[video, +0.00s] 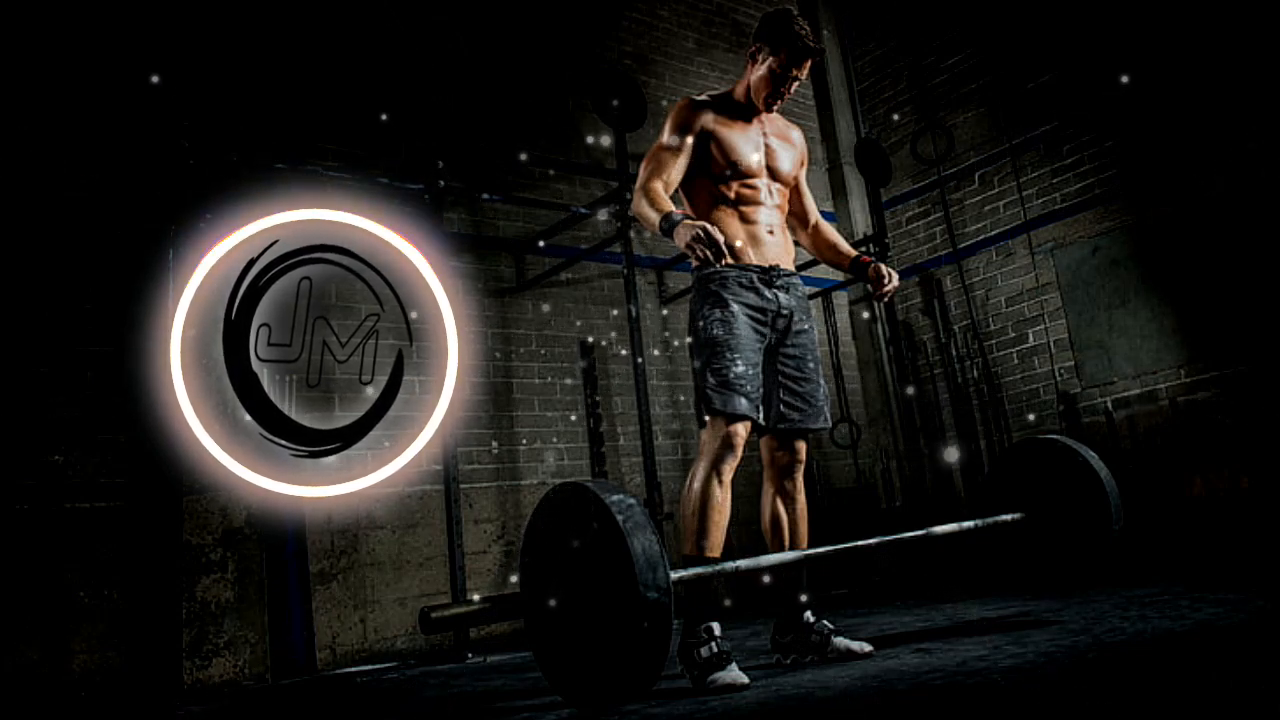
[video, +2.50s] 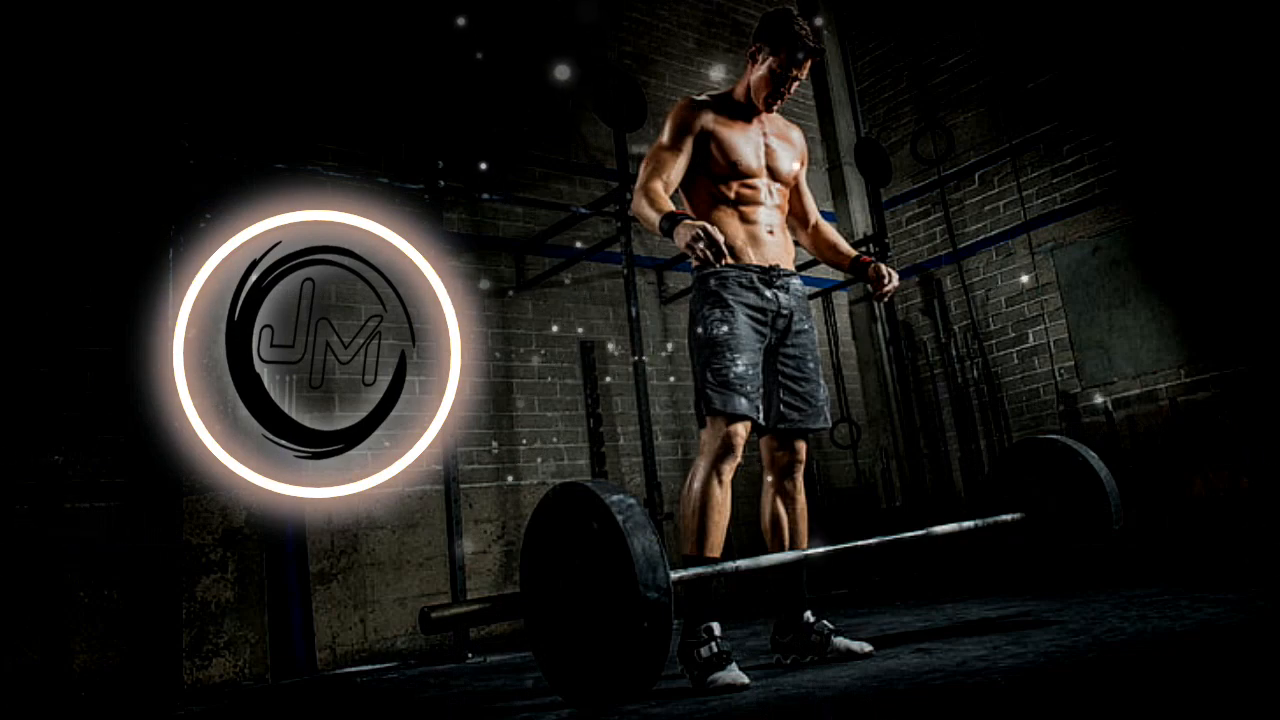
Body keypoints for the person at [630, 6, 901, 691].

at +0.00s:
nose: (789, 89)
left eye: (799, 79)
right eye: (786, 72)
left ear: (801, 76)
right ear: (756, 57)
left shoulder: (792, 137)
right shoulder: (697, 115)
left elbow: (808, 224)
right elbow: (646, 197)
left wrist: (860, 264)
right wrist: (677, 225)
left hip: (791, 297)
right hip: (731, 292)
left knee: (790, 455)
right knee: (730, 436)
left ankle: (796, 624)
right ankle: (699, 634)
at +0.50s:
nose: (788, 90)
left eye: (798, 80)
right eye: (785, 75)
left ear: (800, 77)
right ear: (756, 58)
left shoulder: (792, 136)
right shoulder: (697, 117)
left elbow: (808, 224)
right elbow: (645, 197)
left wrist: (861, 265)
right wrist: (676, 225)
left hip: (790, 297)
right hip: (730, 292)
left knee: (790, 455)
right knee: (729, 437)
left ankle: (796, 623)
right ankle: (698, 634)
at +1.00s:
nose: (789, 91)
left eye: (799, 81)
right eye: (786, 75)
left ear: (801, 77)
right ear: (756, 59)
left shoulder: (792, 136)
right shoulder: (699, 115)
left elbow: (809, 224)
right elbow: (644, 198)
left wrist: (860, 265)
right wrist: (675, 226)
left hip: (790, 297)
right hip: (731, 292)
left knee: (790, 455)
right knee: (729, 437)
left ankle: (798, 624)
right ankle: (699, 634)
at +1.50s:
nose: (789, 89)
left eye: (798, 80)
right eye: (786, 74)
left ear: (800, 77)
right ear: (757, 58)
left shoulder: (792, 136)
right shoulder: (698, 115)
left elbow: (808, 224)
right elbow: (646, 197)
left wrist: (860, 265)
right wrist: (675, 226)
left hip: (790, 297)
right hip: (730, 292)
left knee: (790, 455)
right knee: (729, 437)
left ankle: (797, 624)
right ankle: (699, 634)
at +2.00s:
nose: (789, 88)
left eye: (799, 78)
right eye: (786, 72)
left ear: (801, 77)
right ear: (756, 58)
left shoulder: (792, 137)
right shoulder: (697, 117)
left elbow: (808, 224)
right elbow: (645, 197)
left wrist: (860, 264)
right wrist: (676, 226)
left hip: (790, 297)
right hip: (730, 293)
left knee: (790, 455)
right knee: (730, 437)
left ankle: (798, 624)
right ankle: (699, 634)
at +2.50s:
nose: (793, 88)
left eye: (802, 78)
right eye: (789, 73)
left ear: (804, 76)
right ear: (757, 58)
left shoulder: (792, 136)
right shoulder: (697, 115)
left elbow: (809, 225)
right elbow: (645, 198)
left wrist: (860, 264)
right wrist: (677, 225)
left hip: (790, 297)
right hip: (730, 292)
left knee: (790, 455)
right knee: (729, 439)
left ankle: (798, 624)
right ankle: (699, 634)